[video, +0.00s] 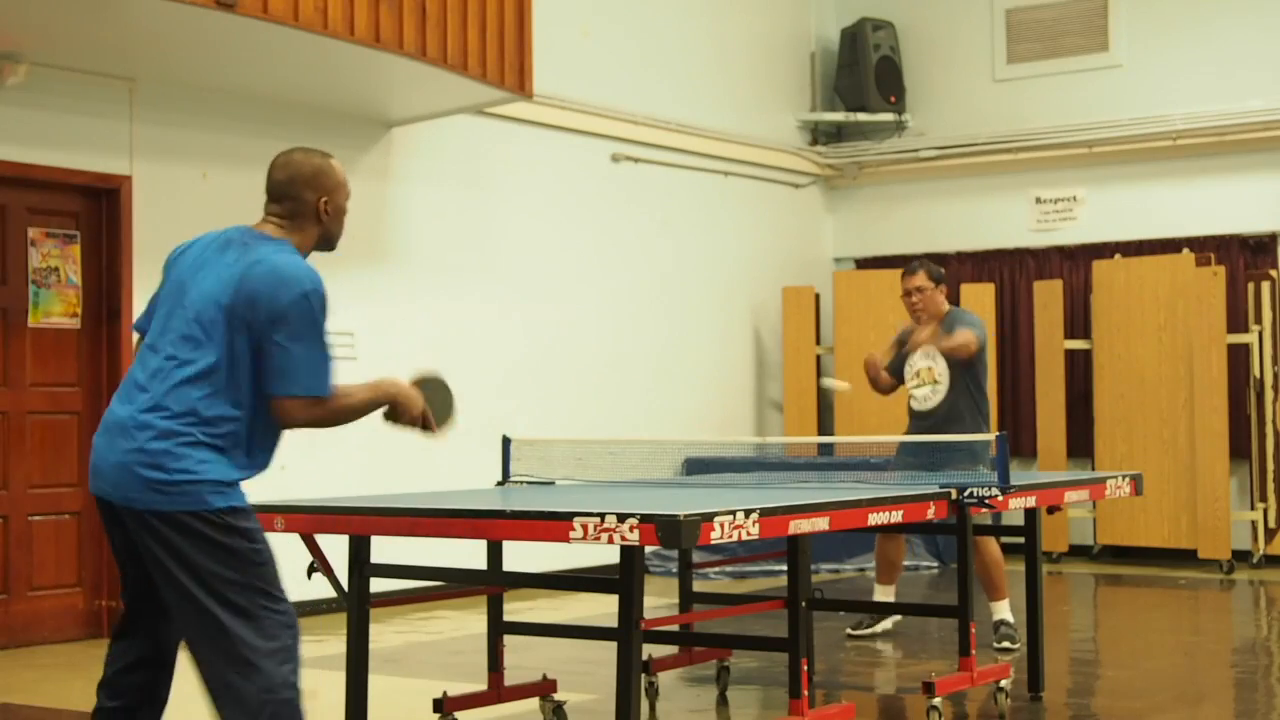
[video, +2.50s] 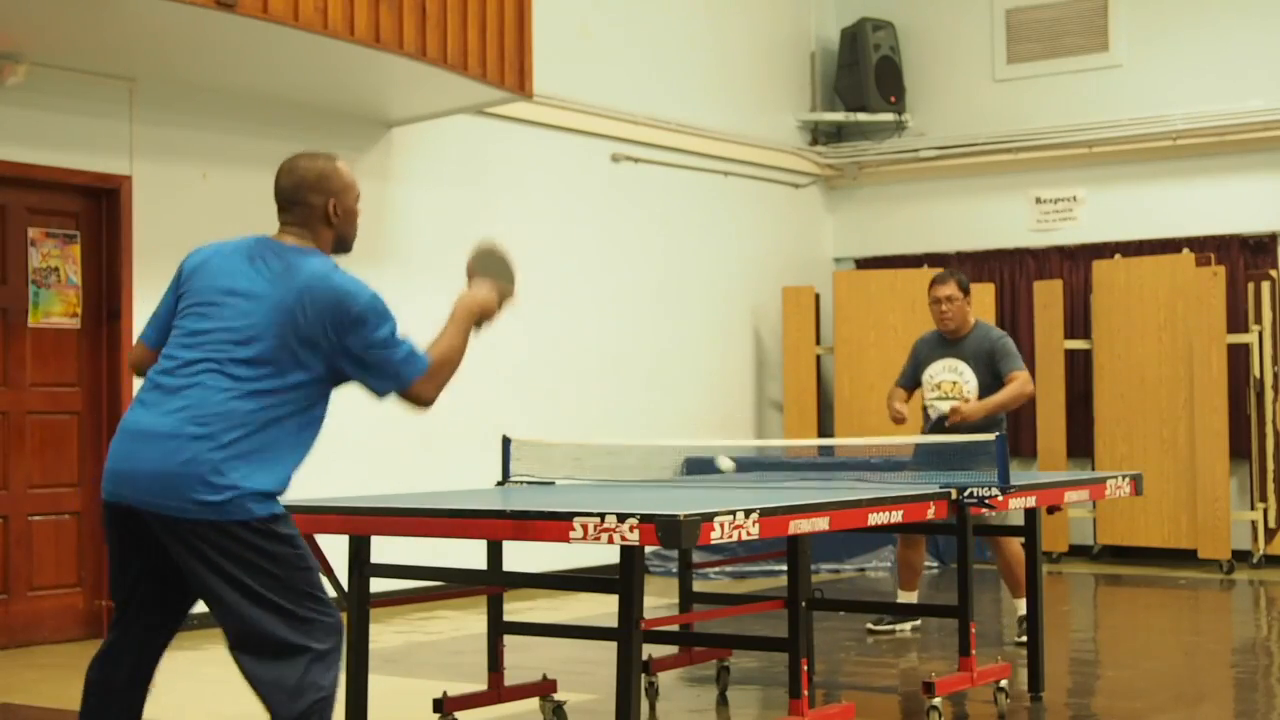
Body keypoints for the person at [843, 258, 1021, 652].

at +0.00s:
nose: (912, 300)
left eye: (919, 292)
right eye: (907, 294)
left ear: (941, 291)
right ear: (903, 298)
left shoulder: (965, 321)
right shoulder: (909, 335)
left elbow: (965, 346)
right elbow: (886, 386)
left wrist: (931, 343)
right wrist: (874, 369)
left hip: (964, 445)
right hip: (917, 445)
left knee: (977, 529)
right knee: (890, 521)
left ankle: (1003, 618)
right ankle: (884, 607)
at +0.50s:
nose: (908, 296)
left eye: (916, 288)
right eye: (901, 289)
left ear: (934, 291)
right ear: (895, 295)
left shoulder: (959, 333)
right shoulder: (888, 341)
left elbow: (984, 380)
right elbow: (866, 387)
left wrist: (951, 395)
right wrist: (872, 404)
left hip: (956, 448)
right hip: (905, 449)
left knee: (983, 525)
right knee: (890, 526)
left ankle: (1016, 613)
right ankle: (884, 612)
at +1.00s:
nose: (946, 294)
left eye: (953, 285)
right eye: (940, 289)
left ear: (972, 287)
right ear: (935, 296)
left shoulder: (992, 321)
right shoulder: (941, 331)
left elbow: (998, 346)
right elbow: (924, 375)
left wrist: (974, 316)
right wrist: (908, 370)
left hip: (982, 442)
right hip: (937, 441)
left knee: (991, 527)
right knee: (912, 516)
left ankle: (1017, 614)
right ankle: (895, 601)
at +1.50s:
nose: (947, 297)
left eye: (955, 290)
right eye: (941, 291)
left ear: (974, 291)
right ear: (935, 295)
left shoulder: (1000, 334)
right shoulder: (930, 338)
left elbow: (1020, 384)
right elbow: (908, 387)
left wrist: (975, 401)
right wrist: (907, 402)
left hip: (982, 449)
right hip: (933, 449)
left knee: (996, 528)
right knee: (914, 524)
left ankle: (1016, 615)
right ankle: (904, 609)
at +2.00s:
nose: (947, 293)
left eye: (955, 285)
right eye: (942, 287)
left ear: (976, 288)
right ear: (937, 292)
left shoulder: (996, 325)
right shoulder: (940, 334)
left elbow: (1000, 354)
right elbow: (923, 374)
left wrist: (979, 349)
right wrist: (909, 378)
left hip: (982, 444)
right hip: (937, 444)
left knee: (993, 527)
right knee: (915, 519)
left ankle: (1017, 614)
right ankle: (902, 604)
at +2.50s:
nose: (943, 309)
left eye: (950, 301)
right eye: (936, 302)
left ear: (968, 302)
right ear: (929, 306)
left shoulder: (994, 341)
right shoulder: (925, 346)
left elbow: (1024, 386)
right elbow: (900, 390)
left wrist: (978, 408)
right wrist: (897, 405)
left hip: (981, 453)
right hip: (932, 453)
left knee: (998, 529)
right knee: (910, 524)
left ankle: (1026, 613)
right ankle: (906, 610)